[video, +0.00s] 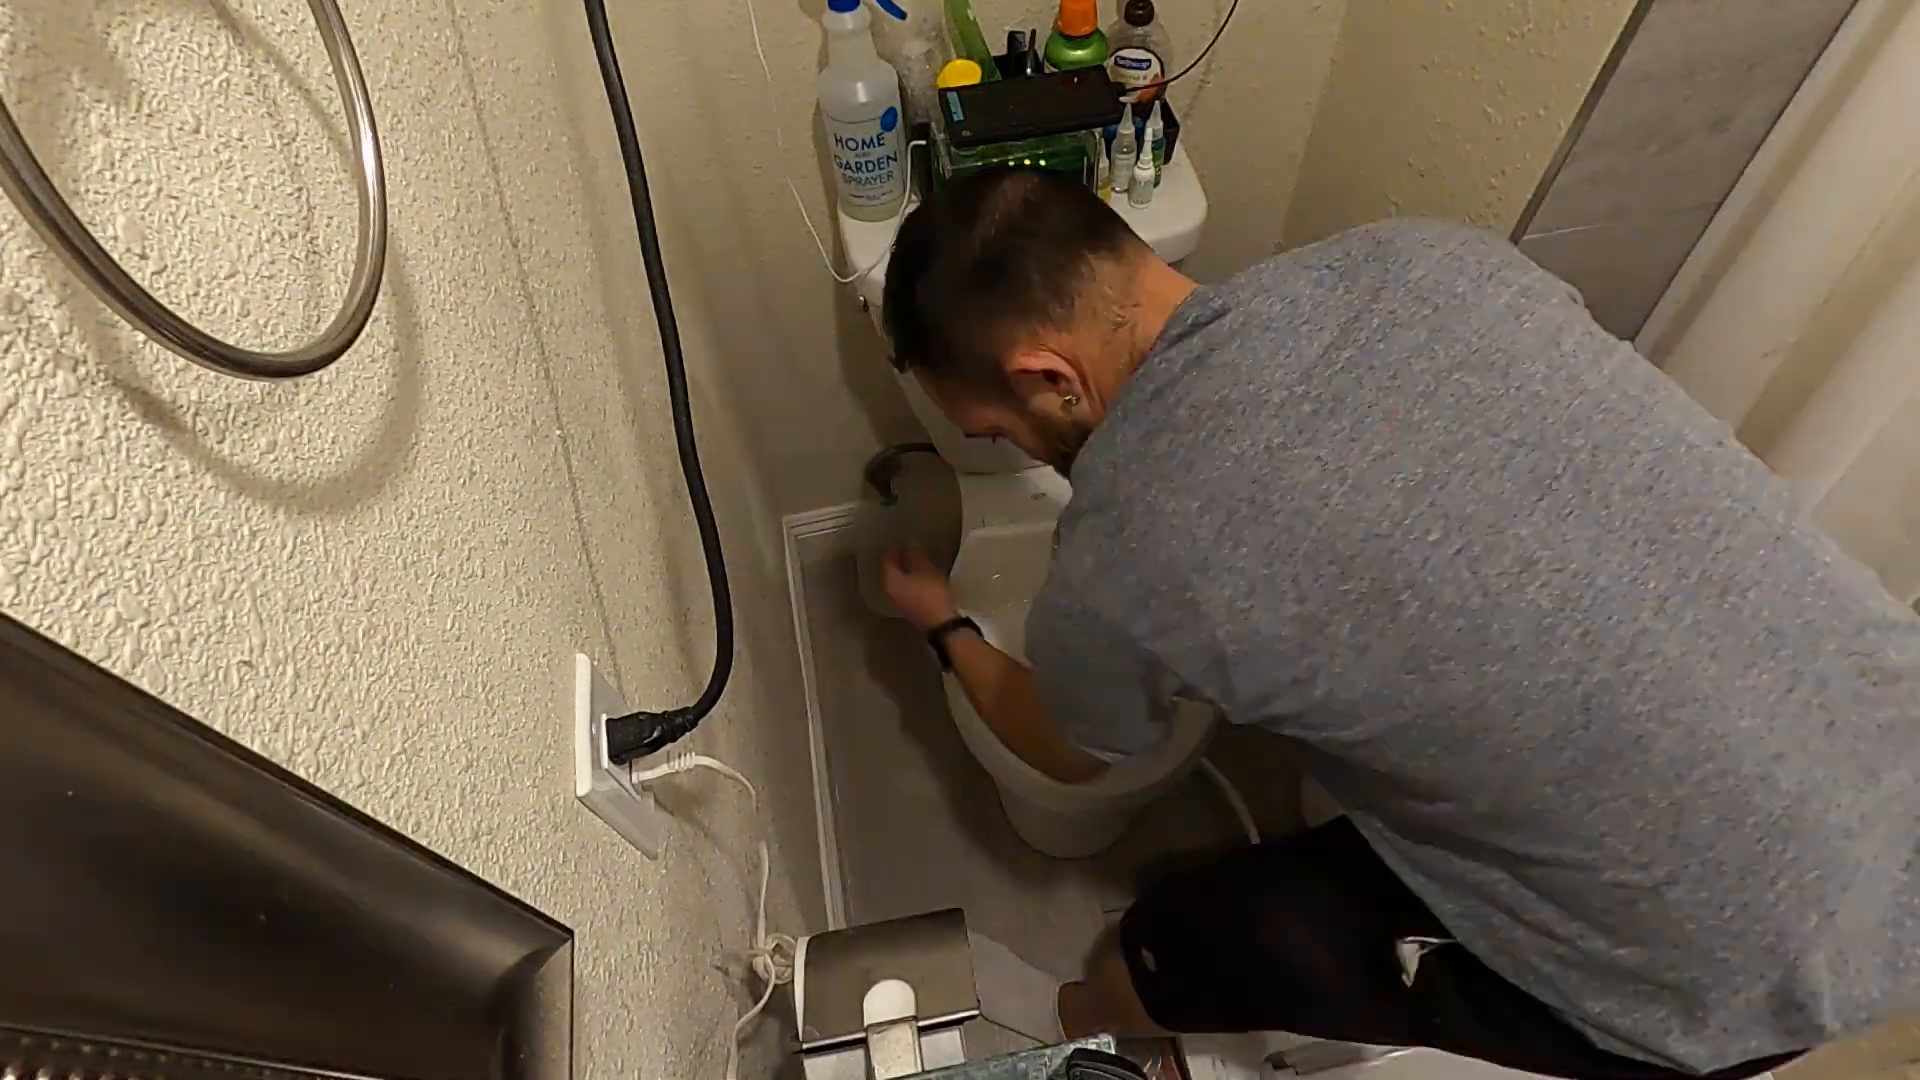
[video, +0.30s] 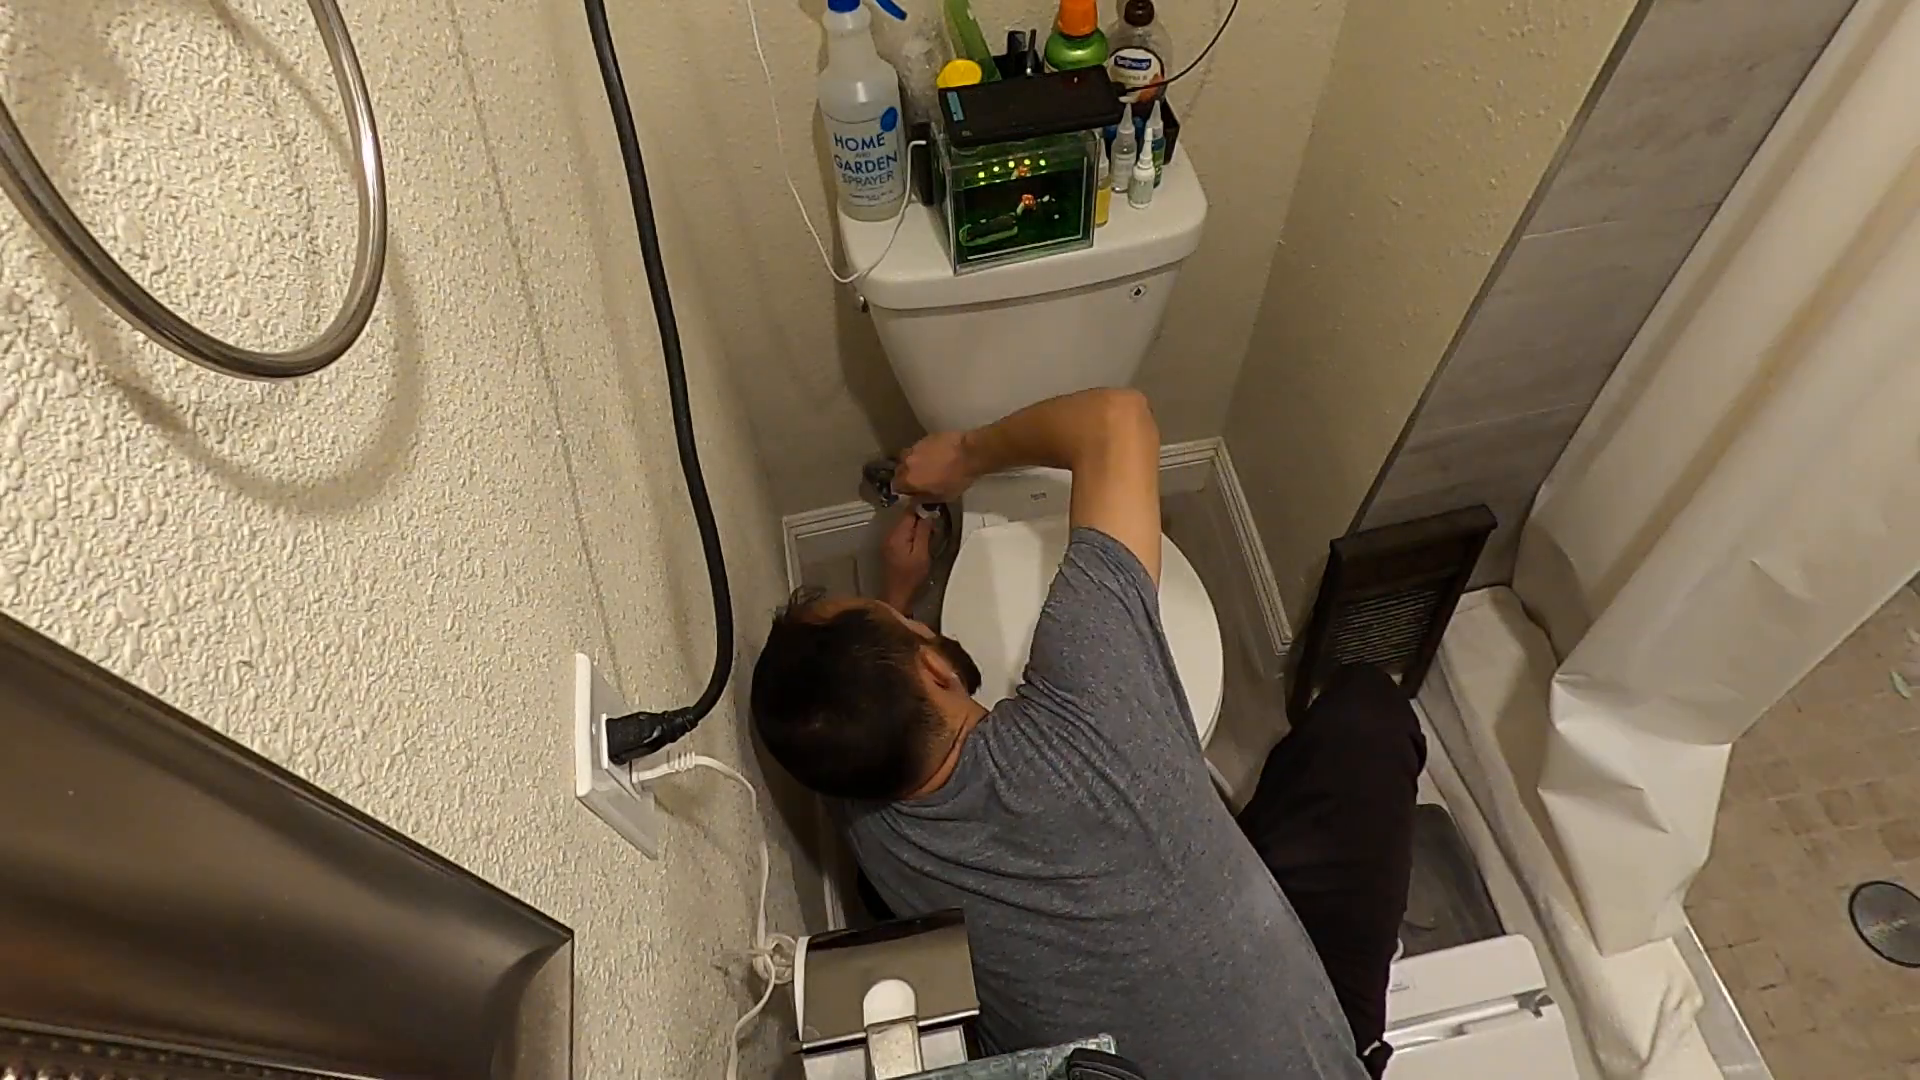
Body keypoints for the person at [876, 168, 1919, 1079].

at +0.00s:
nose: (1015, 460)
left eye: (994, 432)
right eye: (987, 441)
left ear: (1051, 375)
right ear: (1140, 253)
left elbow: (1070, 752)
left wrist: (942, 624)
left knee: (1222, 922)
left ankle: (1083, 1018)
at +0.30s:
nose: (896, 607)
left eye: (883, 605)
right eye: (887, 615)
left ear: (842, 770)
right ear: (932, 669)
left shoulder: (883, 853)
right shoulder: (1090, 696)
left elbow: (855, 739)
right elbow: (1116, 418)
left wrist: (902, 593)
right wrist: (966, 454)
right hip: (1299, 1050)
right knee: (1362, 704)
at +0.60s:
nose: (885, 597)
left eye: (869, 599)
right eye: (880, 606)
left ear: (839, 760)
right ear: (922, 663)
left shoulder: (886, 847)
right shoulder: (1081, 687)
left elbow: (848, 733)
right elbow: (1119, 413)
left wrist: (878, 567)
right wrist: (935, 421)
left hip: (1088, 1070)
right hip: (1296, 1055)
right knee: (1348, 700)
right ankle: (1344, 664)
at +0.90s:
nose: (906, 615)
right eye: (900, 610)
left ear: (815, 739)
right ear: (915, 648)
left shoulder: (855, 832)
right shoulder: (1036, 689)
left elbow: (900, 683)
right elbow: (971, 491)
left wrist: (933, 540)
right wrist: (898, 435)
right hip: (1272, 1050)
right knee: (1339, 696)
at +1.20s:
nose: (916, 620)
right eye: (909, 612)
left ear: (786, 718)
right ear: (909, 647)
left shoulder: (830, 832)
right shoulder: (1000, 678)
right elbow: (956, 489)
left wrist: (924, 546)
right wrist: (897, 430)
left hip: (1074, 1067)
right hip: (1266, 1049)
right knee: (1315, 686)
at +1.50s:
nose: (887, 581)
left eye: (885, 592)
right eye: (890, 601)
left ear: (805, 725)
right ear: (934, 670)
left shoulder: (842, 827)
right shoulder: (1058, 702)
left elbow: (812, 703)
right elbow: (1107, 500)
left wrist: (870, 571)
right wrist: (928, 466)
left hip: (1056, 1065)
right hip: (1256, 1050)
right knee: (1281, 679)